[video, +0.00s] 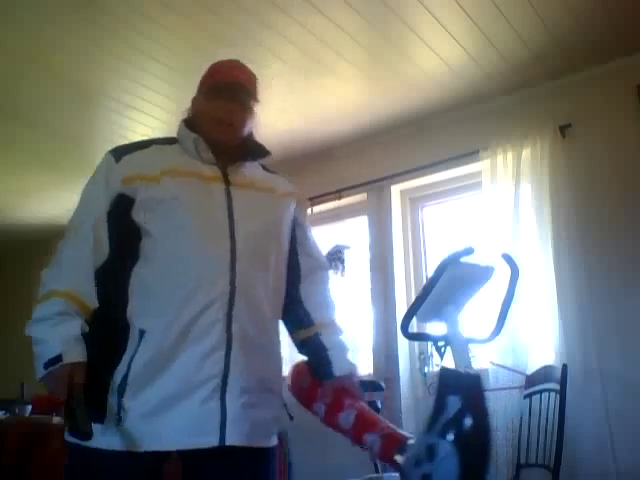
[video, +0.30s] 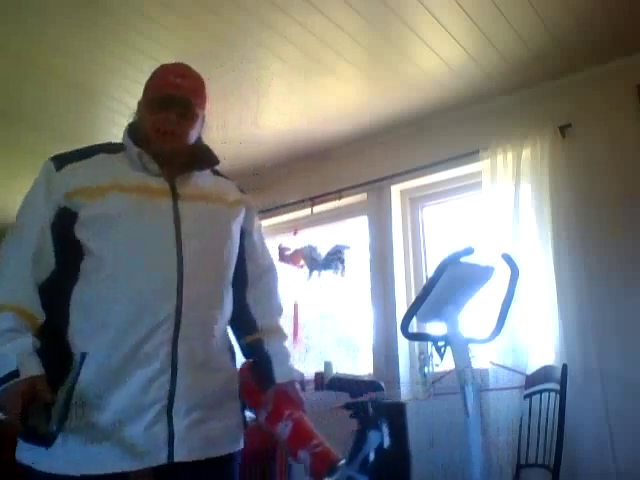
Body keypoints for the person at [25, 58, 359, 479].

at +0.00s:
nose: (231, 107)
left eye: (242, 99)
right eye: (220, 94)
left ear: (253, 115)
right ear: (195, 103)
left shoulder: (280, 194)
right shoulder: (127, 168)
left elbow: (308, 298)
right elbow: (73, 267)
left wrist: (338, 372)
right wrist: (63, 351)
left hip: (247, 427)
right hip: (135, 422)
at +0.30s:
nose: (170, 118)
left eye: (185, 110)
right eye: (160, 104)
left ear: (202, 122)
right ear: (139, 108)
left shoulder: (231, 201)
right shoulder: (67, 179)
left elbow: (258, 302)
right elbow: (14, 281)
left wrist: (280, 383)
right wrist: (18, 367)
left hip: (205, 444)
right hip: (88, 444)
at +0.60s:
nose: (166, 102)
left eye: (180, 94)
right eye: (155, 89)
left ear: (194, 110)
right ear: (133, 96)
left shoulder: (223, 193)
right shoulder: (67, 163)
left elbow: (242, 302)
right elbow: (29, 264)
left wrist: (257, 378)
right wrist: (70, 339)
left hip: (201, 428)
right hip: (89, 432)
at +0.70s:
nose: (177, 105)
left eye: (190, 99)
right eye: (165, 93)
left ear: (203, 114)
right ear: (142, 101)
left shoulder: (229, 199)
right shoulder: (78, 167)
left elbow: (245, 309)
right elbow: (44, 265)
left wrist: (259, 387)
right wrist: (88, 345)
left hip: (208, 437)